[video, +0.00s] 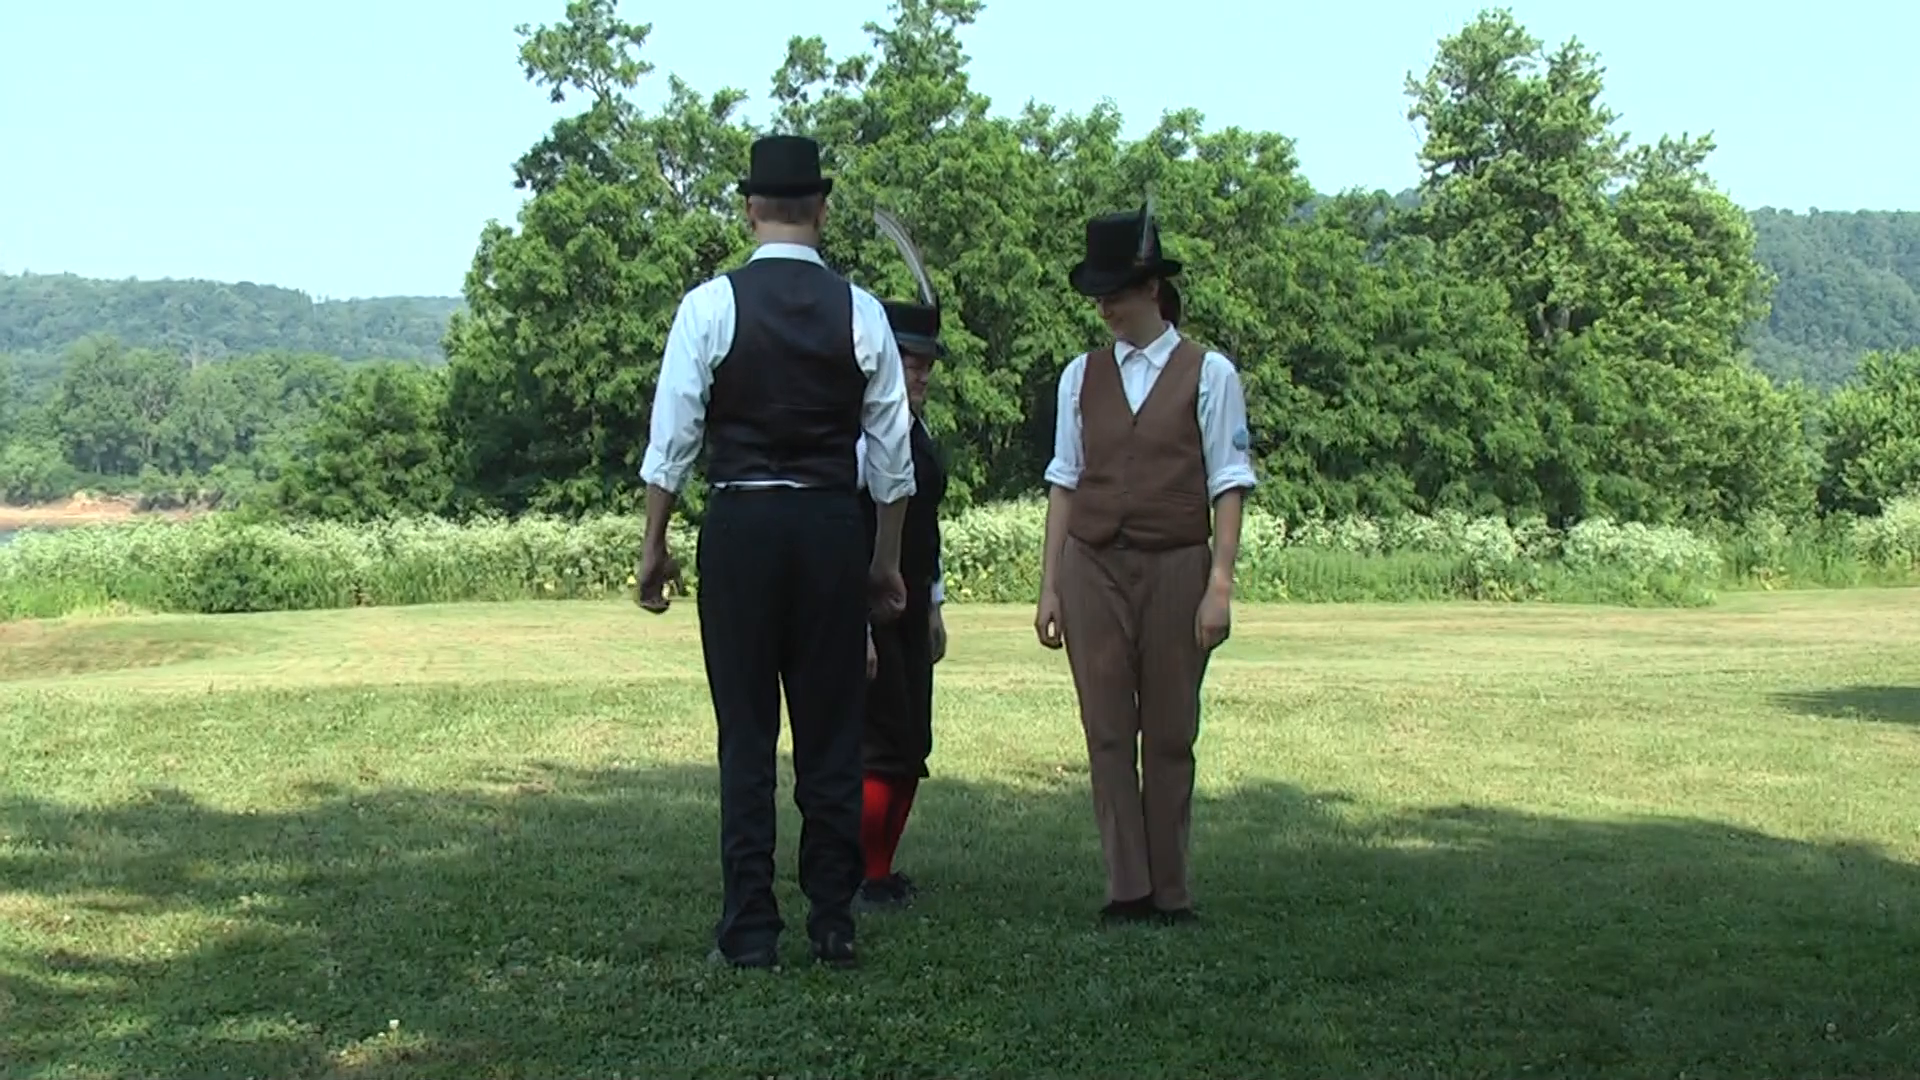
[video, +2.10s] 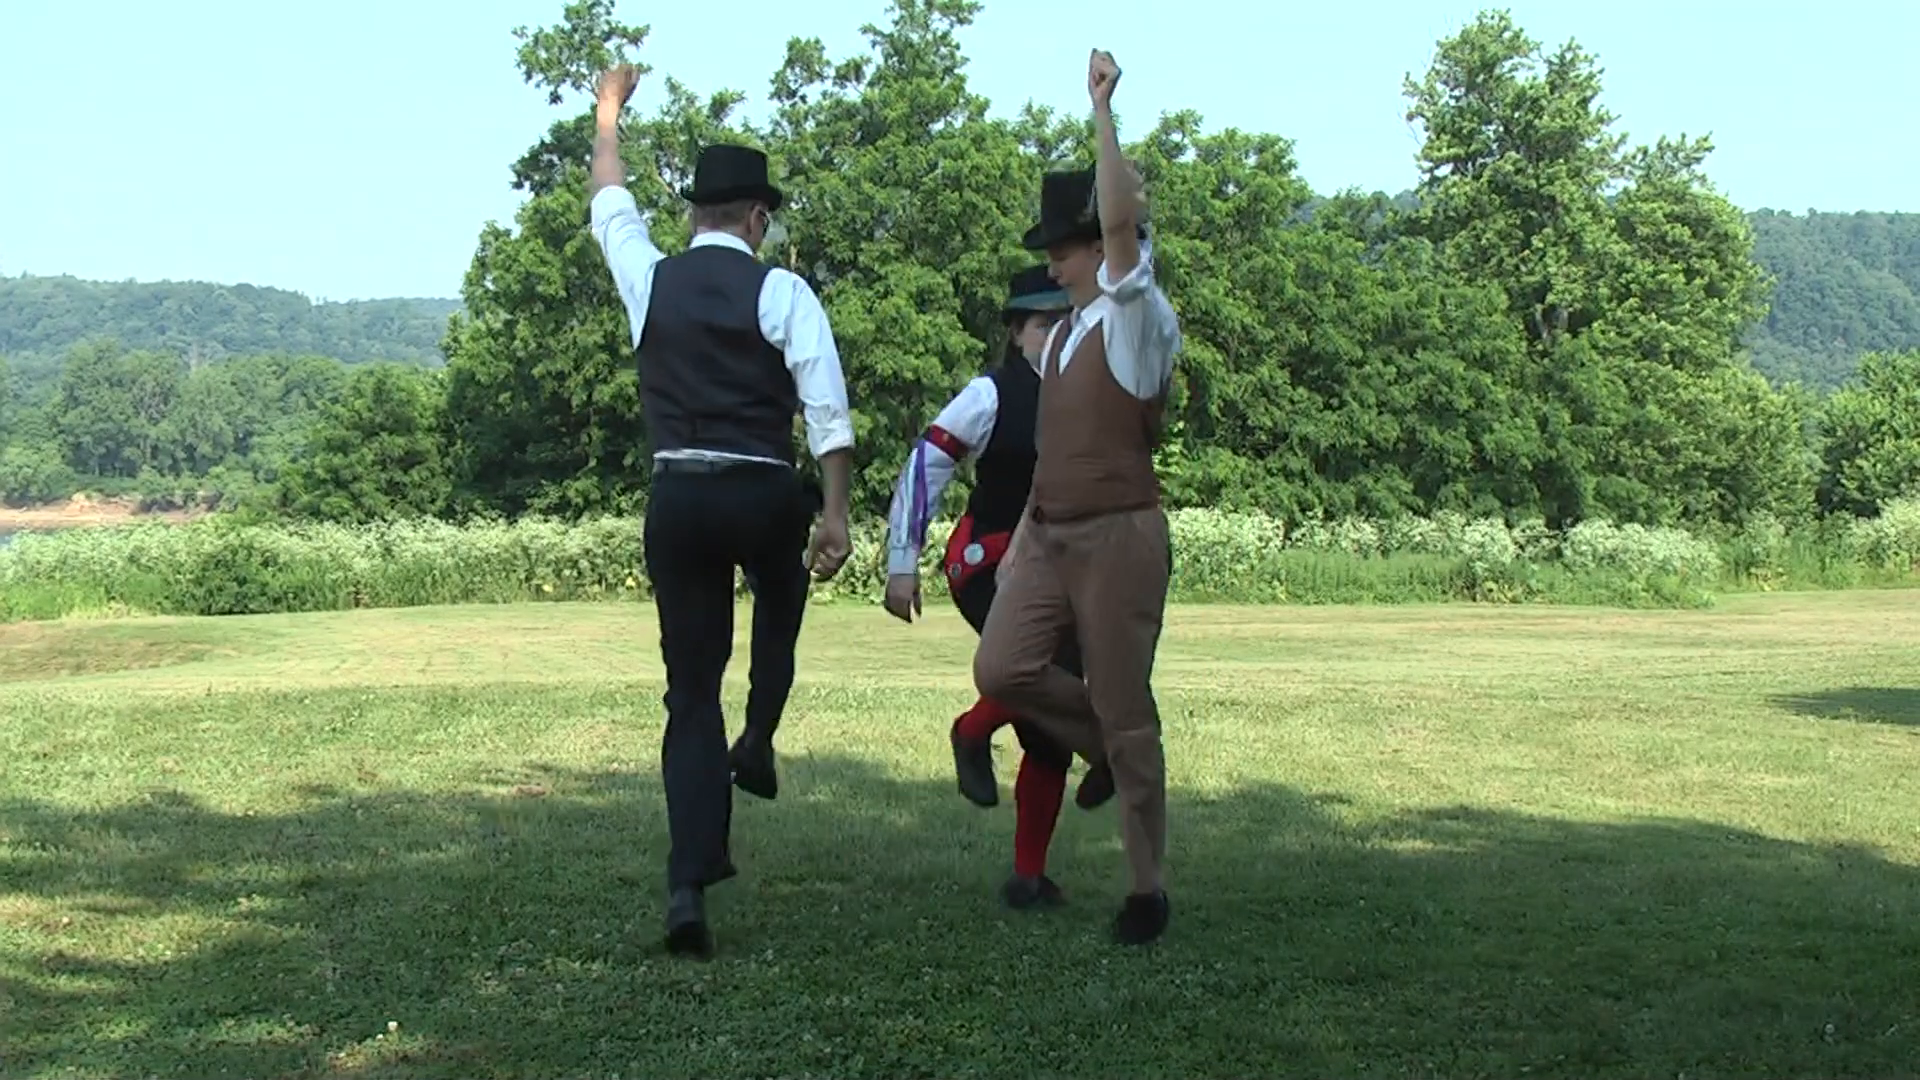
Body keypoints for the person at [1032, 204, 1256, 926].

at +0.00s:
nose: (1107, 306)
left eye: (1118, 293)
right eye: (1099, 296)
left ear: (1155, 287)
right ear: (1094, 298)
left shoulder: (1208, 372)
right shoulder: (1079, 377)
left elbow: (1230, 487)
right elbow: (1063, 486)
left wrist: (1219, 587)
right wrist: (1049, 586)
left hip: (1176, 570)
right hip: (1089, 569)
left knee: (1170, 737)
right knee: (1108, 736)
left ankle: (1169, 891)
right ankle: (1126, 890)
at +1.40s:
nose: (1082, 309)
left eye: (1094, 295)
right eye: (1074, 299)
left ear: (1130, 290)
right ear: (1068, 303)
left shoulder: (1184, 376)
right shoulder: (1051, 380)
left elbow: (1221, 482)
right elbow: (1037, 492)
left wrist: (1186, 491)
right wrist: (1028, 593)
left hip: (1158, 579)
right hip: (1070, 579)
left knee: (1161, 746)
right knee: (1094, 746)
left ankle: (1174, 872)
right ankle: (1116, 896)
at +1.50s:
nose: (1084, 312)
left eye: (1094, 298)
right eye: (1075, 302)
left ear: (1131, 290)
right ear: (1069, 306)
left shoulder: (1187, 372)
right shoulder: (1052, 380)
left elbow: (1230, 475)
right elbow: (1036, 491)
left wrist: (1197, 404)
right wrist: (1029, 592)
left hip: (1158, 574)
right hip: (1069, 574)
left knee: (1150, 732)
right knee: (1093, 743)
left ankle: (1161, 792)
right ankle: (1113, 896)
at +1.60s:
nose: (1083, 311)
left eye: (1096, 296)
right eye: (1074, 301)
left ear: (1132, 291)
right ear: (1068, 304)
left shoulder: (1178, 368)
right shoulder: (1050, 379)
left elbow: (1236, 420)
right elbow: (1037, 491)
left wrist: (1197, 328)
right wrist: (1028, 592)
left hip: (1156, 569)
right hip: (1069, 571)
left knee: (1131, 715)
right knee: (1091, 743)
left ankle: (1159, 769)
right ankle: (1114, 894)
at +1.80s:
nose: (1081, 308)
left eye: (1094, 293)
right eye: (1074, 295)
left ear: (1134, 291)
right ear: (1067, 297)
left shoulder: (1175, 363)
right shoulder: (1056, 371)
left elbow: (1215, 296)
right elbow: (1037, 485)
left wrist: (1192, 198)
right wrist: (1026, 586)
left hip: (1148, 577)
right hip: (1068, 578)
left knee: (1115, 749)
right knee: (1083, 751)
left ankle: (1142, 908)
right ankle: (1116, 899)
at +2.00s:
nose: (1066, 295)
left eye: (1077, 282)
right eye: (1063, 284)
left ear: (1117, 281)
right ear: (1071, 290)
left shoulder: (1147, 351)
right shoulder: (1063, 370)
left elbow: (1150, 263)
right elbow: (1044, 482)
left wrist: (1144, 152)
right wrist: (1018, 567)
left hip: (1136, 577)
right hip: (1061, 580)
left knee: (1119, 756)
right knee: (1019, 716)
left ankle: (1136, 916)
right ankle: (1112, 803)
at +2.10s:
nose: (1058, 262)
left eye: (1066, 250)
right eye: (1053, 252)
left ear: (1102, 244)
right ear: (1061, 256)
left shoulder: (1136, 311)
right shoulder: (1061, 329)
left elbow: (1124, 220)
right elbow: (1057, 437)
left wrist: (1102, 112)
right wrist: (1029, 530)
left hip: (1120, 536)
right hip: (1045, 533)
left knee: (1122, 715)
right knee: (1003, 672)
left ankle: (1147, 891)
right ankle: (1113, 739)